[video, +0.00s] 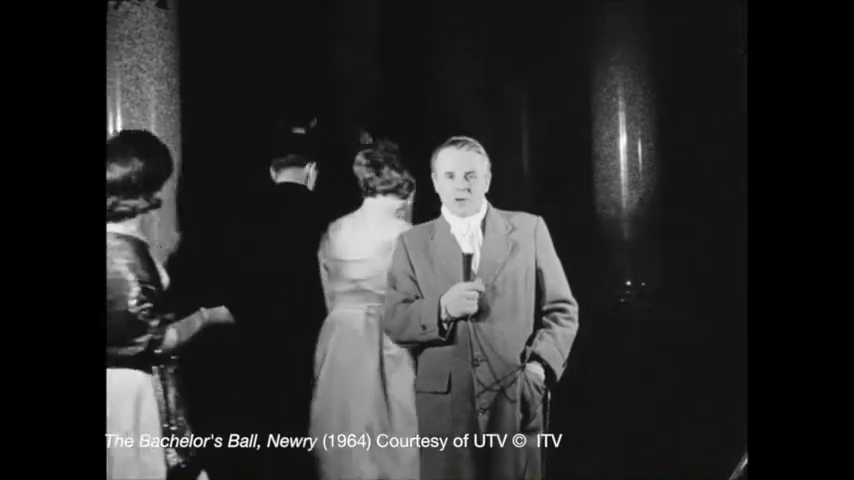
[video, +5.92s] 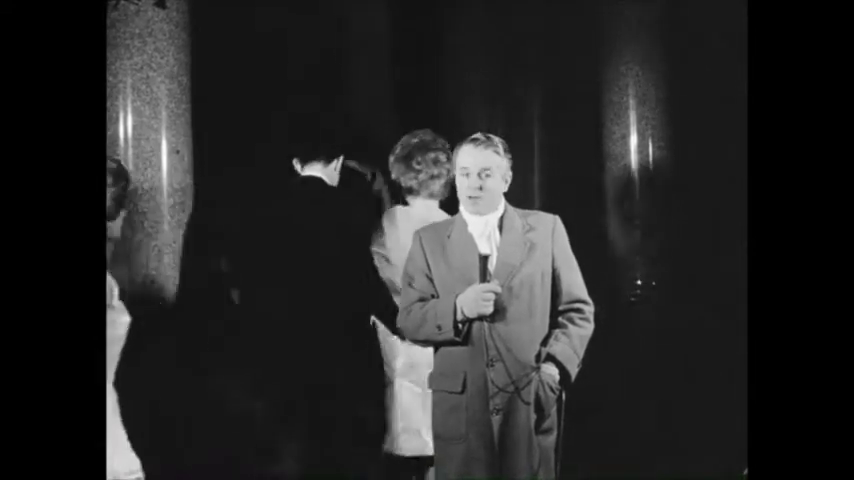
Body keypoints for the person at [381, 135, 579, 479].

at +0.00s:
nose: (460, 186)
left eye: (470, 175)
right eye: (449, 176)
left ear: (488, 181)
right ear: (435, 182)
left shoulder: (529, 230)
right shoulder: (411, 243)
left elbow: (561, 309)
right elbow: (394, 319)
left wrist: (540, 365)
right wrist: (440, 309)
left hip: (513, 397)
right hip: (441, 398)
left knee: (518, 474)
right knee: (443, 474)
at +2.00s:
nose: (463, 173)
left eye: (472, 164)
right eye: (451, 166)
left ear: (488, 176)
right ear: (435, 181)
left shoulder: (530, 228)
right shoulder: (413, 242)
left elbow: (562, 306)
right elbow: (395, 319)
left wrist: (541, 363)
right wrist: (443, 306)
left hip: (516, 395)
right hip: (445, 397)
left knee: (520, 473)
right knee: (446, 473)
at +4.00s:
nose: (476, 178)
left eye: (486, 169)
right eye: (465, 170)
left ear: (503, 178)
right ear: (449, 180)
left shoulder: (541, 231)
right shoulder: (422, 241)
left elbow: (573, 310)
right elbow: (404, 320)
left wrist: (550, 366)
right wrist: (453, 306)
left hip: (524, 398)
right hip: (453, 398)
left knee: (525, 474)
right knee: (454, 473)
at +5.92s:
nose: (474, 184)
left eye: (485, 174)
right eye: (465, 175)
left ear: (507, 179)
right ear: (454, 180)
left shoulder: (546, 230)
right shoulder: (428, 240)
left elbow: (577, 309)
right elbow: (408, 317)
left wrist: (554, 365)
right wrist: (457, 308)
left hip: (528, 396)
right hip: (458, 397)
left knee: (530, 474)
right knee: (458, 474)